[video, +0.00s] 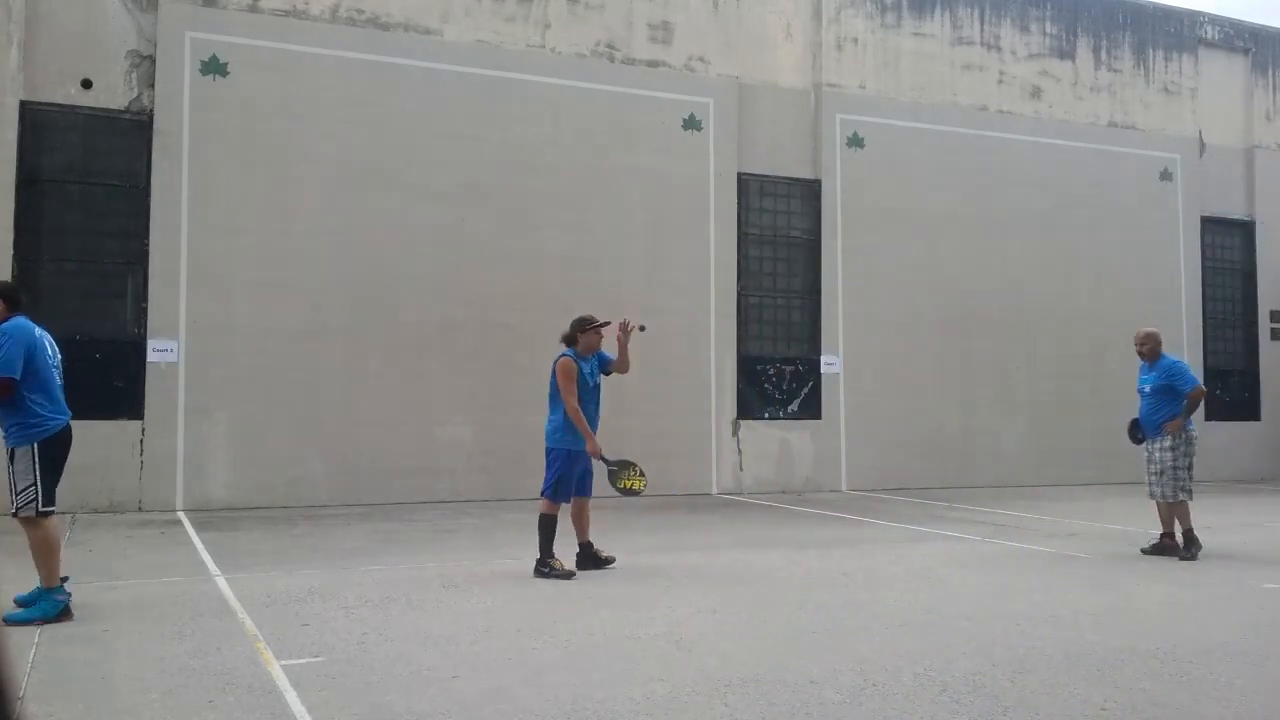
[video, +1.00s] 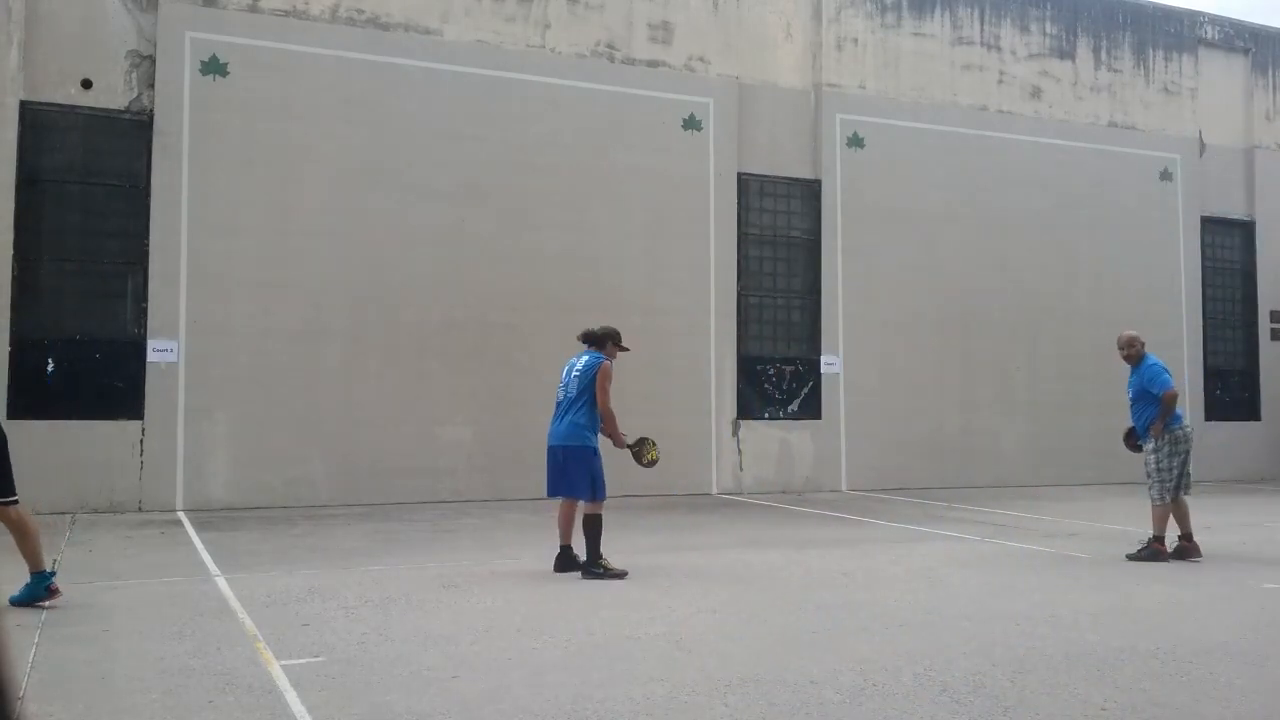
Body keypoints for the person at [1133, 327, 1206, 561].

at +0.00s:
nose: (1139, 349)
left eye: (1144, 345)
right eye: (1137, 345)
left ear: (1158, 345)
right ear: (1137, 347)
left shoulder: (1172, 367)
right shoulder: (1144, 369)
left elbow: (1198, 392)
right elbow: (1153, 400)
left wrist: (1181, 419)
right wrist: (1142, 423)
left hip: (1174, 436)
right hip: (1154, 437)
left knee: (1173, 490)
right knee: (1159, 489)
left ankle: (1190, 539)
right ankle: (1167, 539)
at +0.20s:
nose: (1129, 357)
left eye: (1132, 351)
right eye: (1127, 353)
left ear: (1145, 348)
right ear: (1129, 354)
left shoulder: (1164, 366)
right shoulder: (1140, 371)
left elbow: (1190, 390)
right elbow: (1150, 403)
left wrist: (1176, 419)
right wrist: (1140, 426)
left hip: (1171, 435)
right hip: (1155, 437)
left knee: (1164, 488)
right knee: (1158, 488)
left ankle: (1177, 540)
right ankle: (1167, 537)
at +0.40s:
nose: (1122, 365)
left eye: (1124, 360)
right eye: (1119, 361)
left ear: (1136, 353)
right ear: (1119, 359)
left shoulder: (1154, 368)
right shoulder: (1136, 373)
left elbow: (1181, 392)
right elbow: (1151, 404)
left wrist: (1170, 421)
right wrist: (1140, 428)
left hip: (1168, 437)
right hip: (1159, 437)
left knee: (1163, 491)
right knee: (1165, 490)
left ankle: (1159, 544)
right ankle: (1169, 541)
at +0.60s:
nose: (1113, 367)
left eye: (1115, 362)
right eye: (1111, 363)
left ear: (1127, 355)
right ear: (1121, 358)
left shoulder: (1146, 370)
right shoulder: (1136, 371)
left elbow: (1170, 396)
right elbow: (1150, 404)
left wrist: (1164, 423)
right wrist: (1138, 428)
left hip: (1163, 436)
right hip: (1163, 435)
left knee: (1159, 490)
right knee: (1167, 490)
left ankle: (1158, 544)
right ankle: (1169, 540)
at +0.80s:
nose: (1113, 359)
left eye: (1117, 353)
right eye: (1111, 355)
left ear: (1130, 350)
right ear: (1113, 355)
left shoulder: (1142, 370)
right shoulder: (1136, 368)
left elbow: (1165, 396)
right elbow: (1149, 403)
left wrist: (1158, 424)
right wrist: (1138, 428)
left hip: (1162, 436)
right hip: (1170, 433)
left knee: (1158, 490)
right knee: (1170, 490)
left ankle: (1157, 544)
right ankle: (1173, 539)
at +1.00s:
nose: (1126, 353)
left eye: (1131, 347)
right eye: (1122, 349)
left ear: (1142, 346)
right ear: (1119, 352)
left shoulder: (1151, 369)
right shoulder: (1137, 370)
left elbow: (1170, 394)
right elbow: (1148, 403)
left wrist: (1159, 423)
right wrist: (1137, 427)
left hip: (1166, 436)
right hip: (1168, 434)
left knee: (1160, 491)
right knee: (1173, 492)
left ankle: (1157, 545)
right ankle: (1188, 542)